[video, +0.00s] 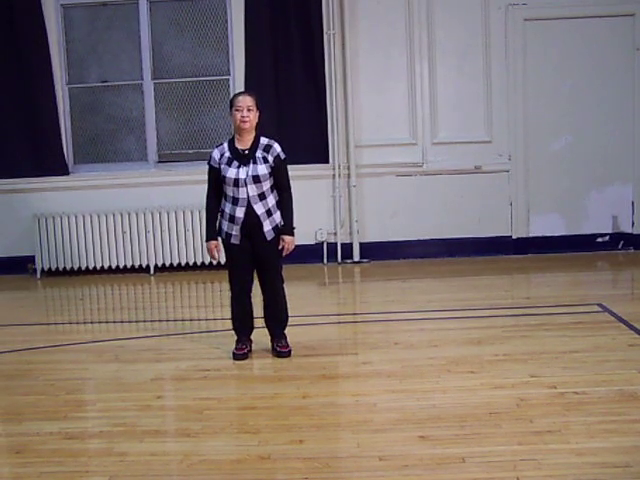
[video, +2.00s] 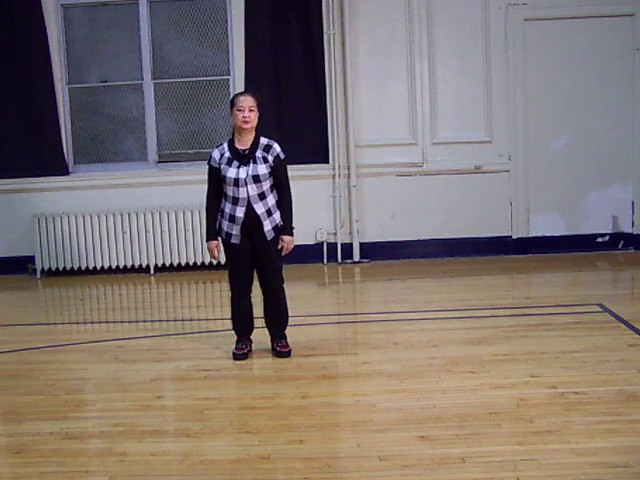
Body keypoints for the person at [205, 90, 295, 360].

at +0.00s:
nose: (244, 114)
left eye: (249, 110)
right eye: (238, 110)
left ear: (257, 115)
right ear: (231, 115)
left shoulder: (271, 149)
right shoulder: (219, 154)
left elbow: (285, 192)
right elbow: (213, 197)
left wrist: (288, 229)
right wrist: (211, 235)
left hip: (268, 231)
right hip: (234, 233)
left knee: (273, 285)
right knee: (240, 288)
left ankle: (278, 335)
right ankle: (243, 337)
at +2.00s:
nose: (246, 114)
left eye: (251, 110)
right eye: (240, 110)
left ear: (258, 115)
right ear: (232, 115)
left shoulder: (271, 149)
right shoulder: (219, 155)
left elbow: (284, 192)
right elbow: (213, 198)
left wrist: (287, 230)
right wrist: (212, 235)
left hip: (268, 231)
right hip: (234, 233)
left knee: (273, 285)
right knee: (239, 288)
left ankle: (279, 335)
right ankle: (243, 338)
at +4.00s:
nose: (241, 114)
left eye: (246, 109)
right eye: (235, 109)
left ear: (254, 114)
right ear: (227, 115)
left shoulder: (268, 149)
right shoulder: (217, 155)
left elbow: (282, 192)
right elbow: (211, 198)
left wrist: (285, 229)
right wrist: (210, 235)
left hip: (266, 231)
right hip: (232, 233)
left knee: (272, 285)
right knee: (239, 289)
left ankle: (278, 335)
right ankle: (243, 338)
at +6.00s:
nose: (247, 115)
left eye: (252, 110)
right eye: (241, 110)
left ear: (258, 115)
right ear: (232, 115)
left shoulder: (272, 150)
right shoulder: (220, 154)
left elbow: (285, 192)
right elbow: (213, 198)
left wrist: (288, 230)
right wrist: (212, 235)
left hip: (268, 231)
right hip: (235, 233)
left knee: (274, 286)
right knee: (240, 289)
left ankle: (279, 336)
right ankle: (243, 338)